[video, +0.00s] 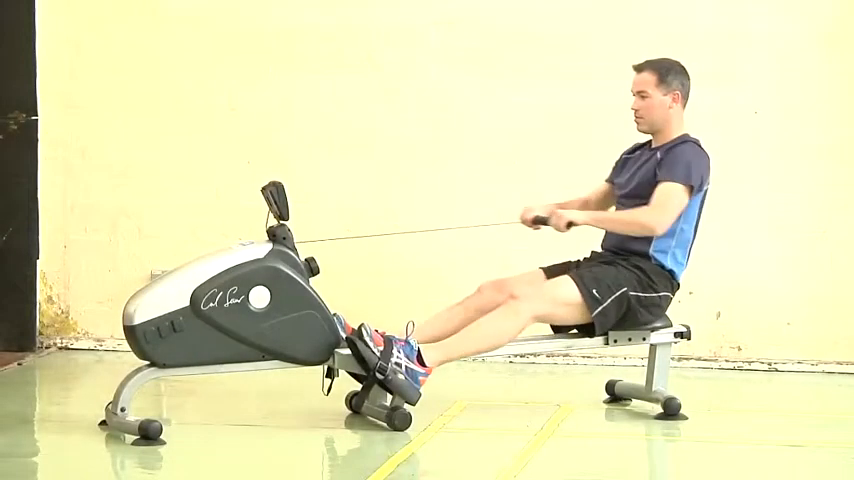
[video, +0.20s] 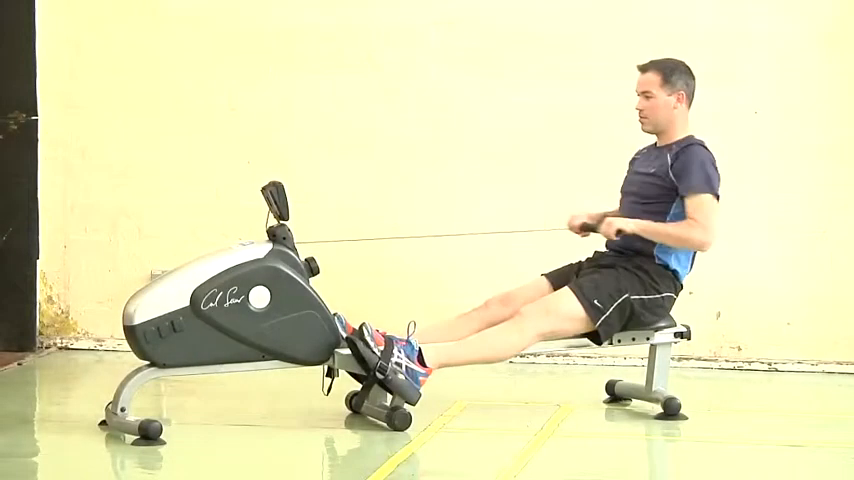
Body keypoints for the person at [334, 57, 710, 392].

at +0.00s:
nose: (634, 105)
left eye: (642, 96)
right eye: (634, 96)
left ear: (675, 99)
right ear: (650, 100)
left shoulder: (686, 154)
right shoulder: (635, 156)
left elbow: (655, 220)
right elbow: (596, 202)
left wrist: (581, 217)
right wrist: (552, 208)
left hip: (643, 276)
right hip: (607, 265)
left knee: (527, 302)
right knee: (493, 292)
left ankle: (422, 363)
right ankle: (392, 346)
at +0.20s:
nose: (638, 105)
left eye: (647, 97)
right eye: (638, 96)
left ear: (680, 99)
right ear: (659, 100)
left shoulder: (693, 155)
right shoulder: (647, 155)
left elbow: (703, 234)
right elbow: (640, 219)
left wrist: (631, 224)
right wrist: (599, 220)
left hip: (646, 274)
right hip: (611, 261)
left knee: (533, 320)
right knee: (502, 305)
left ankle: (421, 363)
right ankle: (397, 346)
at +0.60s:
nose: (616, 103)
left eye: (625, 94)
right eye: (615, 94)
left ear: (656, 96)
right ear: (632, 98)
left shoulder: (674, 152)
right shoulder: (625, 154)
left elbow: (674, 234)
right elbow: (610, 205)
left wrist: (600, 220)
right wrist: (573, 212)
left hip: (644, 279)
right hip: (606, 266)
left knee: (528, 300)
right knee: (492, 287)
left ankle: (422, 364)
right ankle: (399, 349)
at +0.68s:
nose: (605, 104)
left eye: (614, 94)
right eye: (604, 94)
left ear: (646, 97)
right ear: (624, 98)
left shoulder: (663, 152)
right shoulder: (615, 153)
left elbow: (651, 228)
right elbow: (592, 203)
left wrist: (581, 217)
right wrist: (549, 209)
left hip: (638, 279)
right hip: (600, 267)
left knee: (522, 290)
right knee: (486, 279)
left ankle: (421, 364)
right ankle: (398, 348)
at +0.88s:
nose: (566, 106)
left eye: (574, 96)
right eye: (566, 97)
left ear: (606, 98)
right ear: (598, 99)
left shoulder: (626, 152)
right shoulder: (576, 155)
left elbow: (583, 213)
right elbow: (534, 196)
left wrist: (507, 213)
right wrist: (484, 204)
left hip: (615, 281)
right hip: (579, 274)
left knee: (501, 264)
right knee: (465, 259)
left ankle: (423, 360)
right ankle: (396, 344)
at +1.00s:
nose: (538, 106)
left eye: (547, 97)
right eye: (538, 97)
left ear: (579, 100)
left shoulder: (599, 154)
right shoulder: (549, 157)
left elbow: (542, 207)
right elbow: (497, 192)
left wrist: (465, 218)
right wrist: (442, 208)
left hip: (598, 282)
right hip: (562, 276)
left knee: (493, 255)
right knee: (455, 249)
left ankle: (423, 360)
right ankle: (397, 341)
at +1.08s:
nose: (518, 109)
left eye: (527, 100)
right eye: (518, 101)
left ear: (559, 103)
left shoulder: (580, 156)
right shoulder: (528, 159)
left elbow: (518, 203)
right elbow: (473, 192)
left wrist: (440, 223)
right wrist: (415, 212)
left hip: (588, 284)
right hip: (549, 278)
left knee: (485, 250)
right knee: (446, 244)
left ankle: (422, 359)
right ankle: (394, 343)